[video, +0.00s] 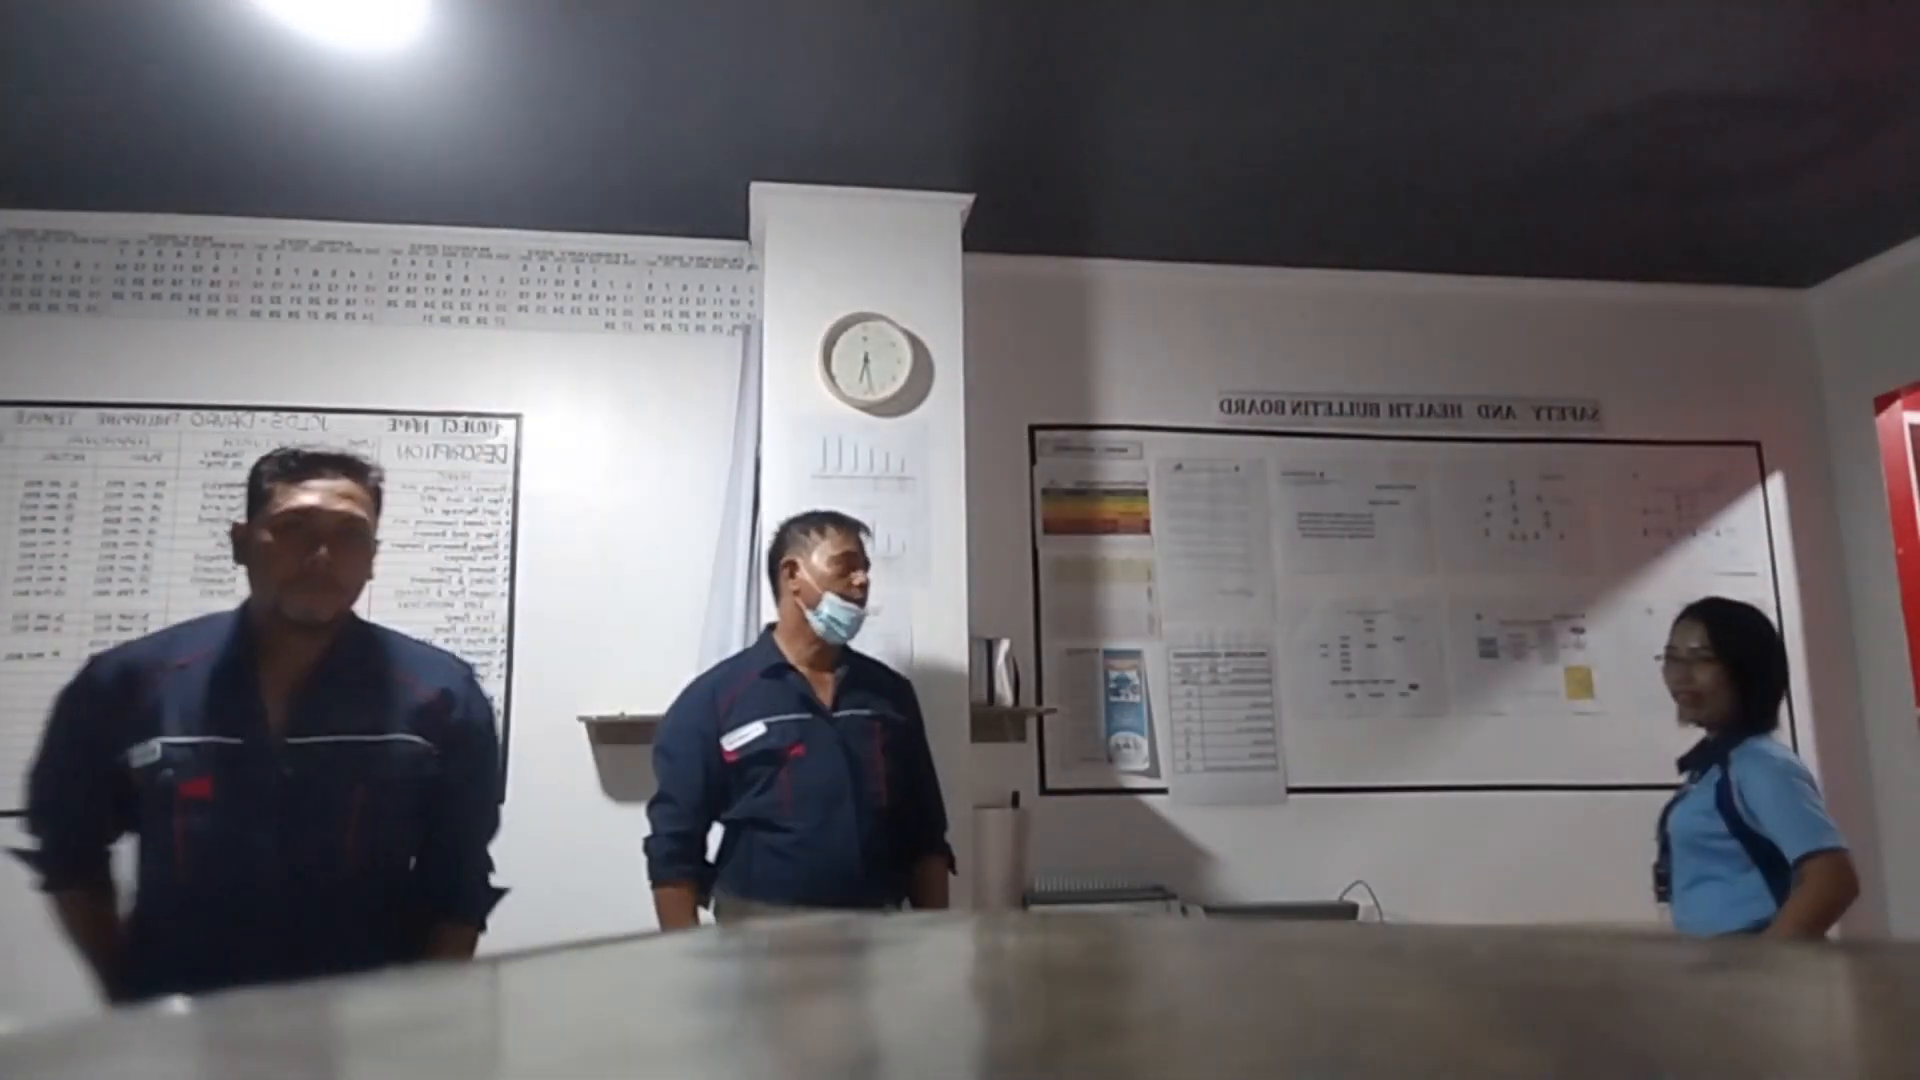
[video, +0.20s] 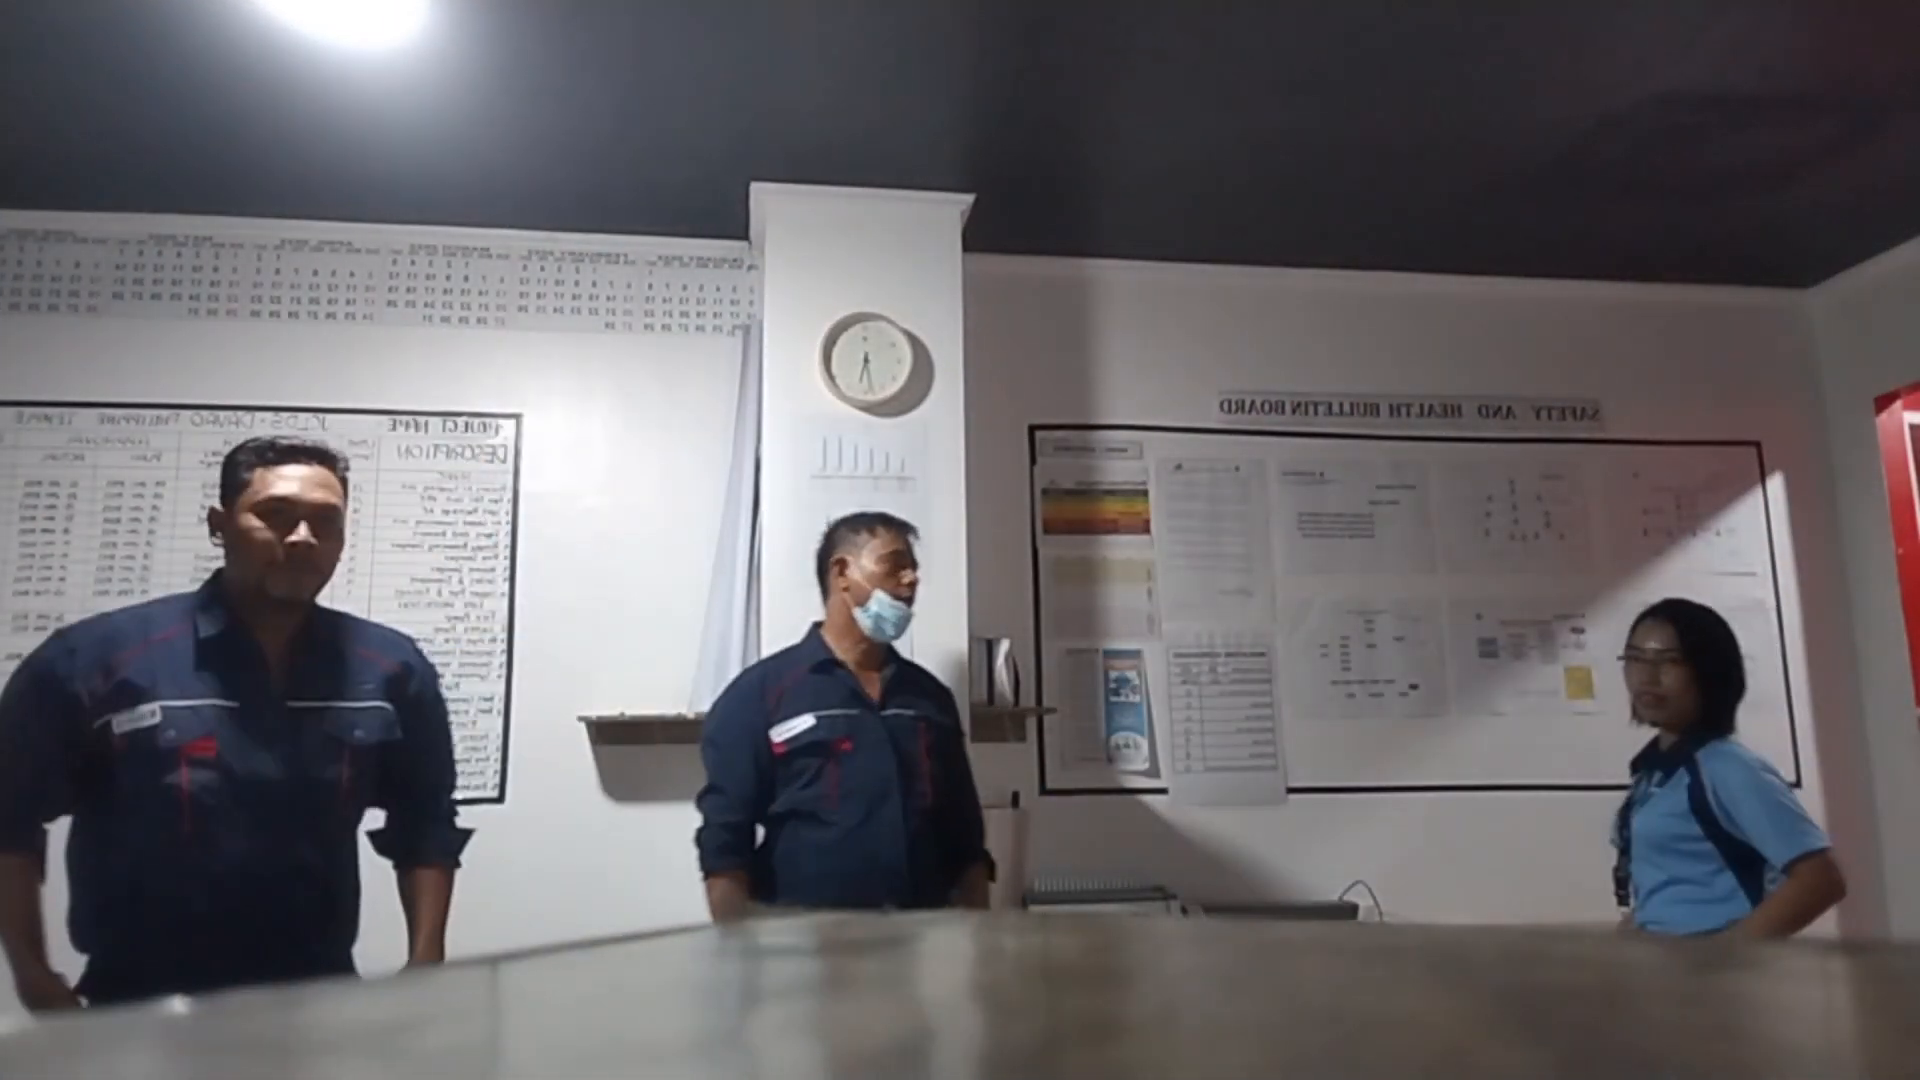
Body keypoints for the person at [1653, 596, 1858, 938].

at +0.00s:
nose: (1679, 675)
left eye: (1701, 659)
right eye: (1671, 659)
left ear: (1745, 667)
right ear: (1663, 664)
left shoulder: (1761, 763)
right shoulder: (1712, 768)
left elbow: (1833, 880)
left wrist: (1758, 969)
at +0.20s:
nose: (1647, 677)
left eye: (1668, 661)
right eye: (1636, 659)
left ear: (1709, 670)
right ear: (1625, 667)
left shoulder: (1726, 766)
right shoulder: (1653, 769)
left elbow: (1821, 880)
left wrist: (1725, 951)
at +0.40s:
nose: (1610, 674)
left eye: (1634, 659)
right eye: (1597, 656)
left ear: (1668, 673)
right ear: (1582, 671)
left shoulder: (1693, 771)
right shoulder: (1595, 772)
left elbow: (1790, 877)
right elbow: (1607, 887)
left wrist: (1689, 926)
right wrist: (1554, 943)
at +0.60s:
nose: (1570, 679)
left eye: (1591, 665)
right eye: (1554, 664)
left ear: (1622, 680)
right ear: (1536, 680)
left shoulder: (1651, 780)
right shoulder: (1532, 785)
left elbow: (1746, 884)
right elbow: (1538, 883)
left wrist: (1649, 936)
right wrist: (1482, 939)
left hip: (1624, 983)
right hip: (1542, 979)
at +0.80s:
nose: (1527, 675)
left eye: (1548, 663)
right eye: (1511, 661)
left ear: (1575, 680)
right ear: (1492, 677)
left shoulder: (1597, 773)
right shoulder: (1484, 783)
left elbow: (1684, 879)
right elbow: (1477, 877)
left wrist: (1596, 943)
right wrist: (1440, 902)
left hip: (1574, 973)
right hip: (1495, 972)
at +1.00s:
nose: (1491, 675)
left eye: (1510, 662)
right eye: (1475, 659)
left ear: (1533, 679)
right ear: (1454, 677)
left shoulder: (1562, 770)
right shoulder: (1437, 786)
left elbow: (1640, 880)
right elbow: (1437, 889)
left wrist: (1579, 969)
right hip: (1469, 975)